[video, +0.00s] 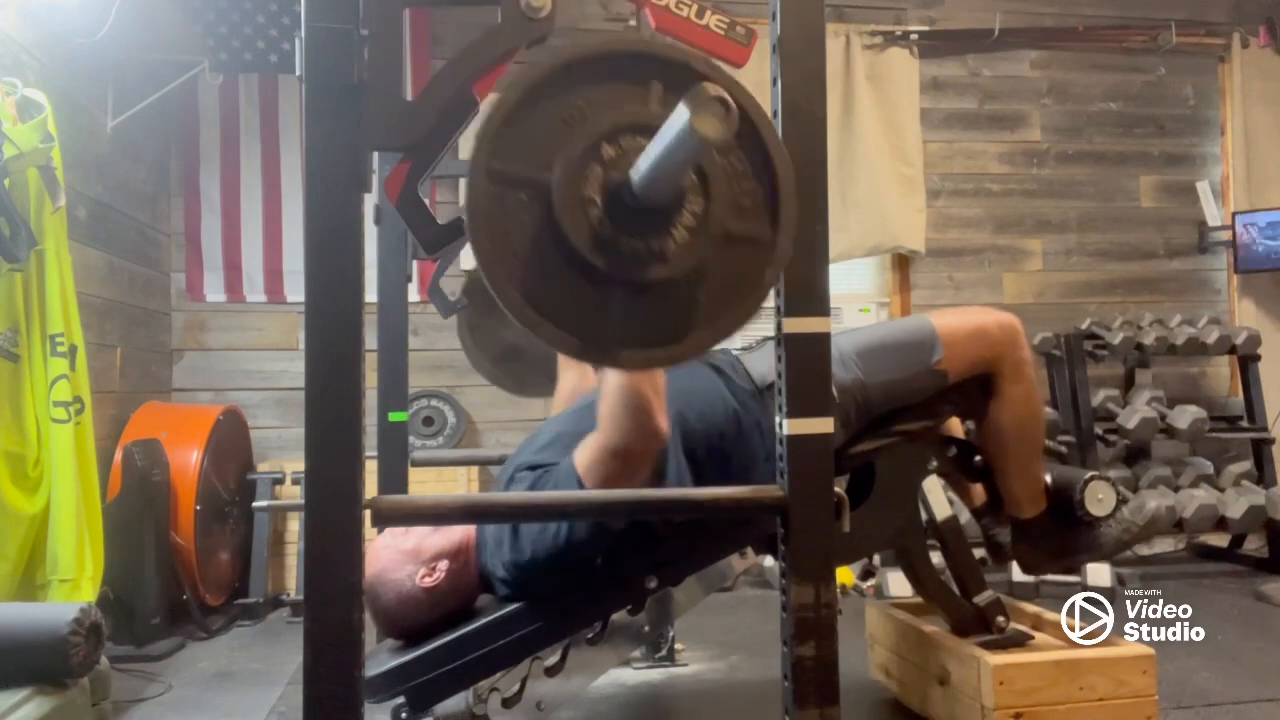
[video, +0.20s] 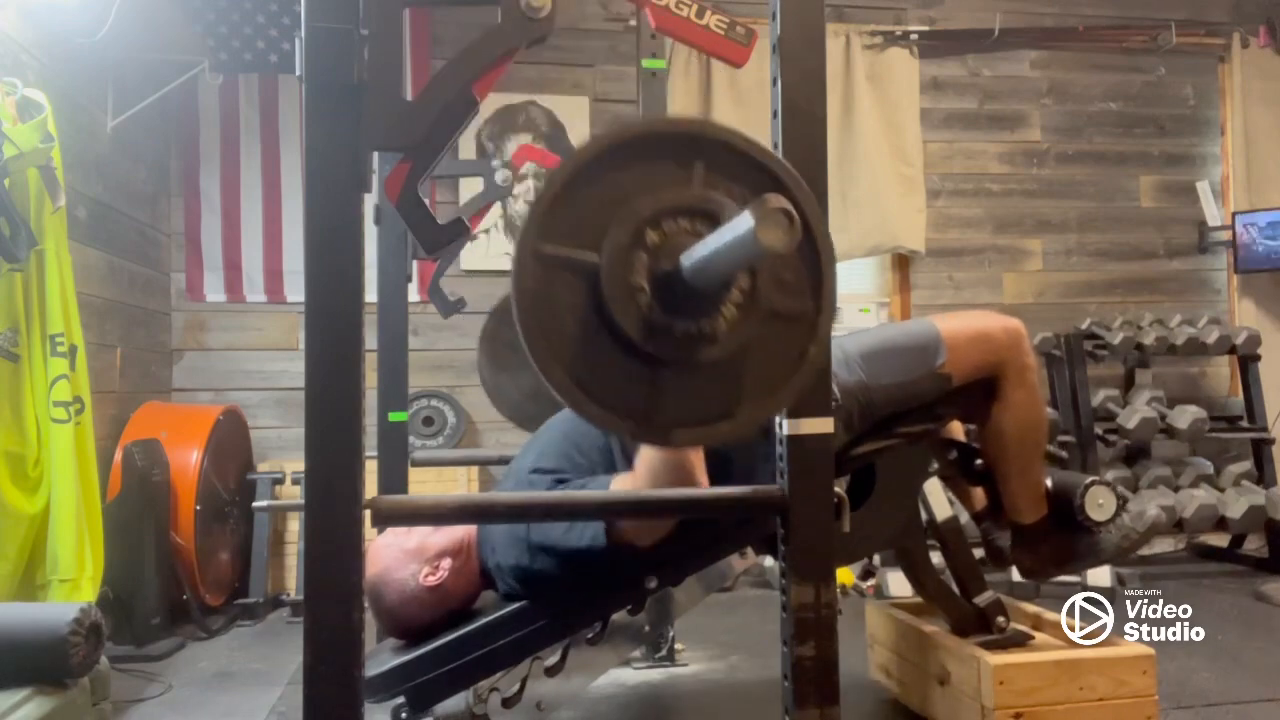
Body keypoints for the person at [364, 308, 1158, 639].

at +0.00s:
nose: (413, 525)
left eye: (395, 530)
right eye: (412, 543)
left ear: (426, 552)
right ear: (445, 573)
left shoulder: (499, 493)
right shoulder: (532, 550)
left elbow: (576, 397)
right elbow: (637, 431)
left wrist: (571, 251)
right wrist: (615, 277)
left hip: (734, 369)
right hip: (766, 421)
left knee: (929, 325)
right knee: (998, 337)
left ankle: (973, 460)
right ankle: (1033, 521)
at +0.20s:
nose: (418, 532)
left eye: (401, 536)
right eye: (417, 550)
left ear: (425, 541)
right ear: (447, 578)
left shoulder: (496, 500)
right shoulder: (527, 543)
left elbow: (623, 427)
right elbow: (669, 486)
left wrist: (649, 318)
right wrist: (665, 343)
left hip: (741, 379)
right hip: (765, 429)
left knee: (960, 330)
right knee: (1004, 342)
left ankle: (988, 476)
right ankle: (1033, 528)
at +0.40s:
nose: (419, 529)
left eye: (401, 534)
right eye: (418, 547)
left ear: (428, 549)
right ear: (447, 575)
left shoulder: (496, 499)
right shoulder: (533, 541)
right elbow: (690, 539)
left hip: (706, 394)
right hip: (752, 434)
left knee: (900, 314)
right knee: (1001, 339)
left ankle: (978, 471)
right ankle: (1032, 526)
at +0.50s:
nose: (418, 528)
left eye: (399, 534)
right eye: (416, 548)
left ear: (427, 551)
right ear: (447, 574)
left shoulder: (496, 496)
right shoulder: (535, 540)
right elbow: (697, 565)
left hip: (716, 391)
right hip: (755, 434)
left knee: (906, 318)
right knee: (999, 339)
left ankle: (980, 475)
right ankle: (1031, 524)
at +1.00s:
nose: (415, 528)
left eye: (397, 532)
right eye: (412, 547)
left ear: (429, 545)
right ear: (446, 574)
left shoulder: (510, 488)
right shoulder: (531, 557)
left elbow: (572, 388)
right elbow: (626, 424)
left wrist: (583, 242)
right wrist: (605, 267)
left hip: (740, 366)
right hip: (773, 417)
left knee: (932, 321)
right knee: (1004, 341)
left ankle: (971, 467)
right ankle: (1032, 527)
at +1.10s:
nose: (415, 530)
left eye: (398, 533)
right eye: (411, 548)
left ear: (427, 541)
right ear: (444, 578)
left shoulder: (505, 493)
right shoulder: (528, 559)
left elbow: (556, 379)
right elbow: (591, 399)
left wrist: (567, 213)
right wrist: (591, 228)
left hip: (748, 373)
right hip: (772, 423)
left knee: (957, 329)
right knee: (1004, 341)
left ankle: (980, 477)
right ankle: (1031, 527)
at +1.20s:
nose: (419, 525)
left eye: (402, 530)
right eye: (412, 543)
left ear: (431, 553)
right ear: (444, 578)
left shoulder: (510, 501)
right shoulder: (531, 548)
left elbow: (567, 377)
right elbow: (567, 391)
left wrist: (590, 208)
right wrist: (567, 217)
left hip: (745, 370)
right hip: (771, 418)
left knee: (967, 323)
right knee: (1004, 337)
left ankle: (983, 471)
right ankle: (1031, 525)